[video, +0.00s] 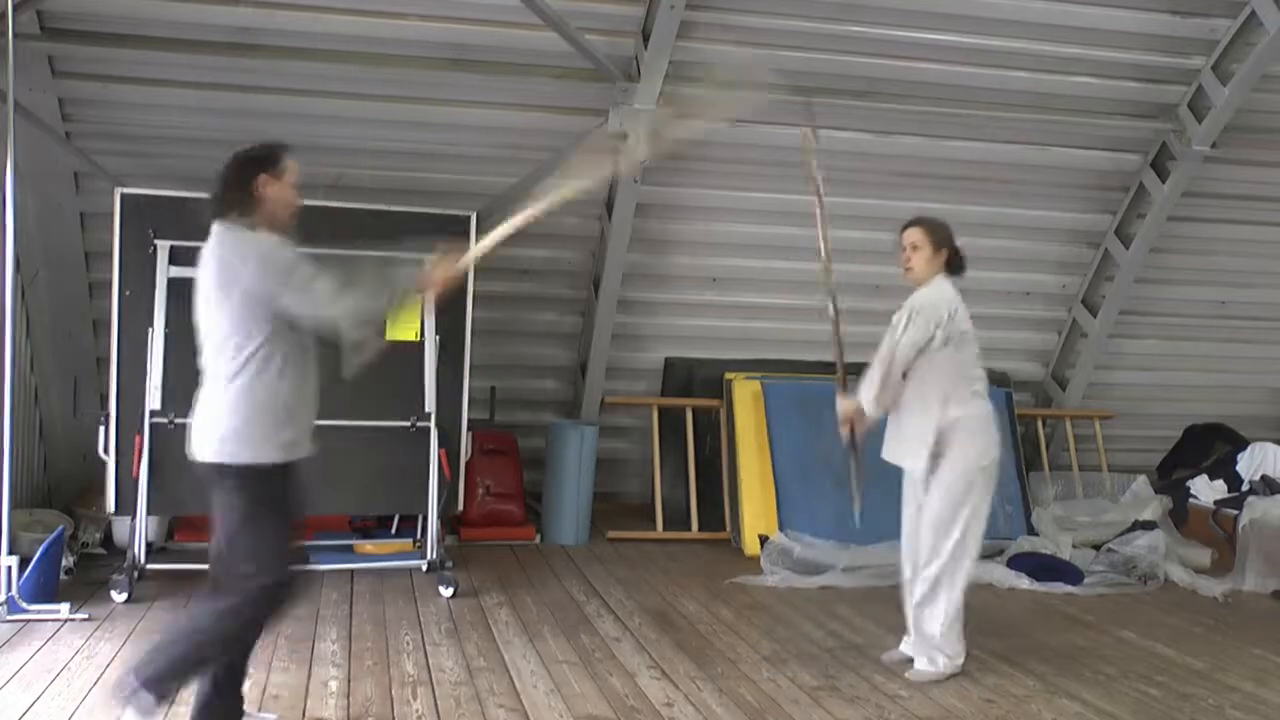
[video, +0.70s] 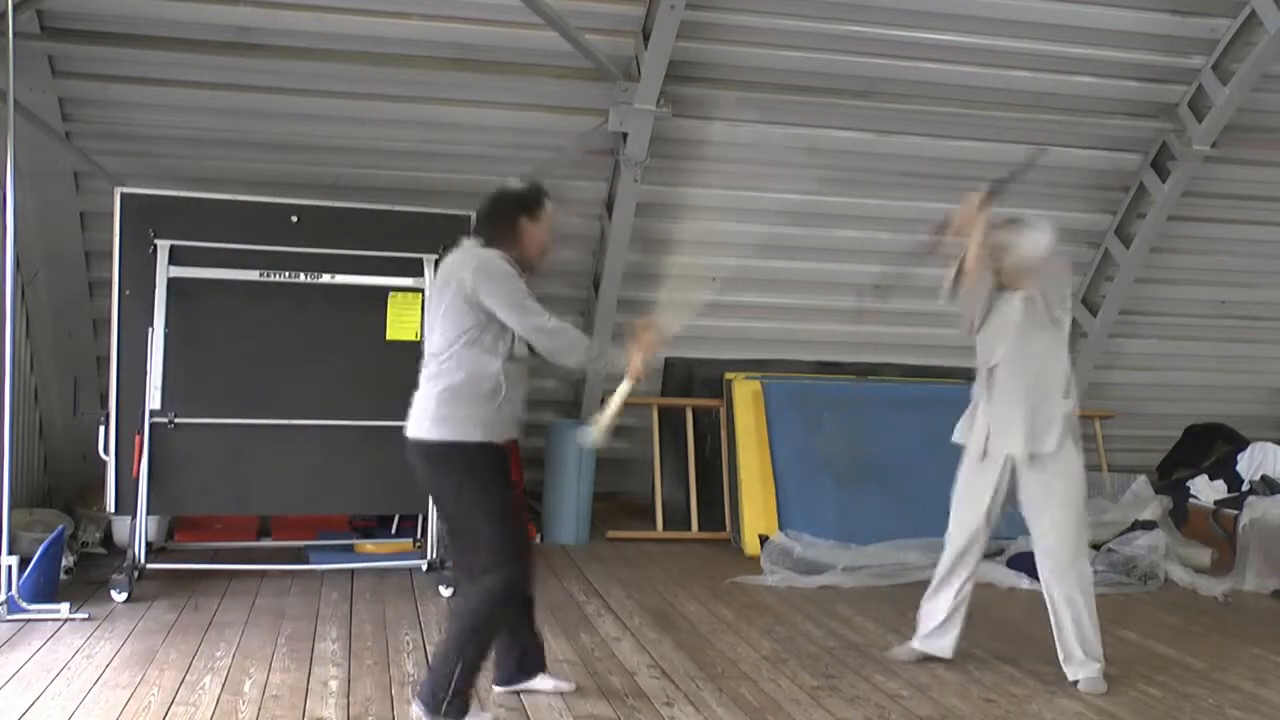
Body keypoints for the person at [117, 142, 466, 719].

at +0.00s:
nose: (300, 197)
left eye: (298, 186)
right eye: (292, 185)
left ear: (259, 188)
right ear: (262, 186)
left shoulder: (229, 246)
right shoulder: (253, 250)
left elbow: (315, 310)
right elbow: (331, 301)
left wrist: (384, 312)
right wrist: (419, 283)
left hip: (241, 439)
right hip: (248, 443)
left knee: (241, 577)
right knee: (265, 578)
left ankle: (218, 707)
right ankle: (145, 682)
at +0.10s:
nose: (338, 198)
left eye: (337, 189)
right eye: (331, 187)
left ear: (285, 189)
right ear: (306, 187)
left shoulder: (258, 234)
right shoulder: (296, 238)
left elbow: (338, 216)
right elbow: (392, 232)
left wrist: (383, 181)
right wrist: (423, 164)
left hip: (254, 433)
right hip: (296, 434)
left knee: (247, 573)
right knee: (364, 552)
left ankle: (214, 706)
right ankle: (265, 655)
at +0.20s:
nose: (377, 212)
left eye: (376, 200)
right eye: (372, 199)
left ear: (327, 190)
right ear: (351, 196)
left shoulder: (290, 230)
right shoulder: (342, 239)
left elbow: (338, 167)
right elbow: (417, 197)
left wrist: (378, 114)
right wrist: (412, 128)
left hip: (280, 431)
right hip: (327, 434)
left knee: (259, 574)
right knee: (407, 551)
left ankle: (216, 708)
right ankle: (357, 676)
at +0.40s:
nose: (463, 207)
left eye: (455, 193)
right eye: (458, 196)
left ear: (401, 200)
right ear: (443, 202)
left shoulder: (372, 245)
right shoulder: (444, 246)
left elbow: (384, 196)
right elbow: (495, 176)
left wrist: (390, 146)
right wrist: (429, 129)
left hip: (351, 432)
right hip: (411, 437)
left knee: (361, 557)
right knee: (447, 582)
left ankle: (277, 654)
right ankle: (436, 708)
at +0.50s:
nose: (502, 234)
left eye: (502, 224)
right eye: (501, 225)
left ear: (455, 208)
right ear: (486, 215)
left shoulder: (405, 244)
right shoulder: (466, 249)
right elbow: (550, 243)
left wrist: (544, 169)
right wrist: (576, 174)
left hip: (391, 428)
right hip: (437, 434)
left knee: (433, 550)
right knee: (461, 574)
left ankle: (378, 630)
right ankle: (435, 707)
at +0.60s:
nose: (518, 226)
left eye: (518, 216)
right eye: (514, 215)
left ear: (469, 208)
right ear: (494, 212)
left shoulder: (429, 249)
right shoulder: (474, 253)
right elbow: (552, 293)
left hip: (413, 426)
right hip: (444, 432)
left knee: (458, 551)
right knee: (469, 561)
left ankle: (451, 649)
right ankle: (435, 707)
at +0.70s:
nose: (548, 239)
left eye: (548, 227)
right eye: (544, 226)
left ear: (508, 224)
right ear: (519, 224)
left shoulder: (464, 263)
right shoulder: (483, 264)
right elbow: (541, 332)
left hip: (470, 436)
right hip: (458, 438)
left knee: (510, 554)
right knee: (495, 568)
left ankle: (518, 668)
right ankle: (437, 700)